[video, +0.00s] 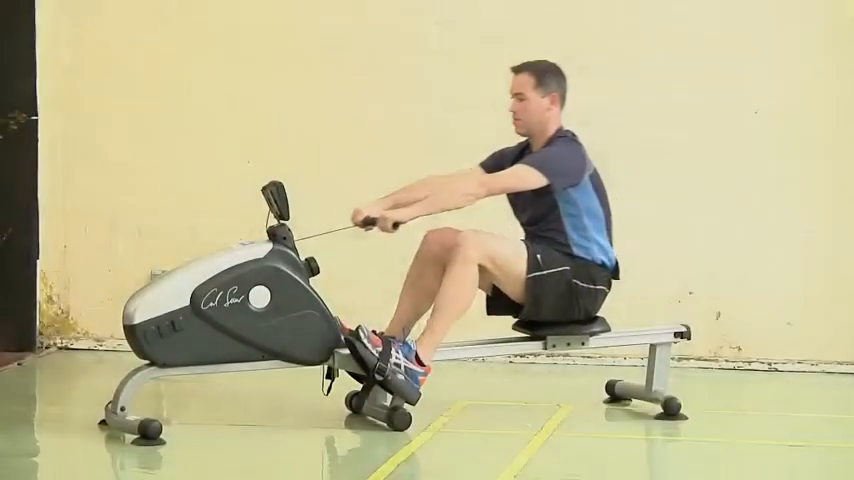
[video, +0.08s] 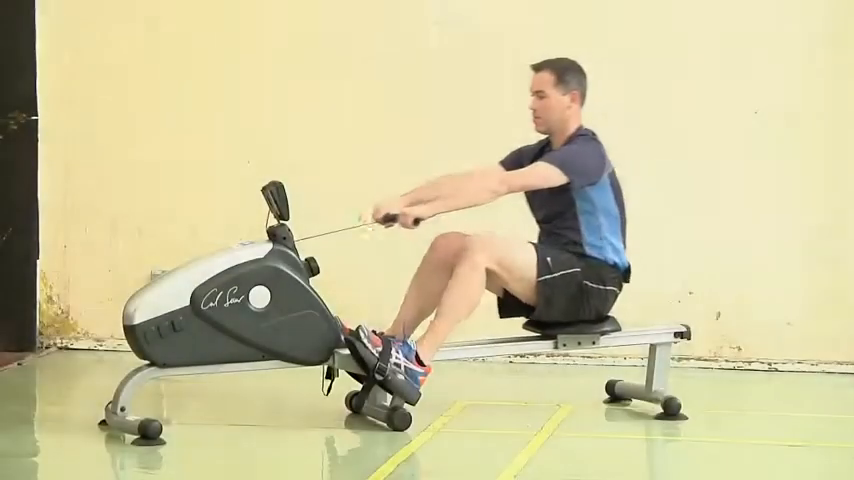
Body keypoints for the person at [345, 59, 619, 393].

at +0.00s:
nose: (511, 108)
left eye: (520, 99)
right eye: (512, 99)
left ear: (552, 102)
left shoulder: (566, 154)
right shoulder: (515, 156)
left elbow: (481, 187)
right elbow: (457, 183)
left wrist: (406, 214)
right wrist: (383, 204)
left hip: (581, 278)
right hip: (543, 274)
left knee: (469, 246)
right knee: (437, 242)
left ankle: (418, 363)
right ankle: (389, 345)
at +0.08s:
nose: (531, 105)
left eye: (541, 96)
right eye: (531, 96)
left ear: (573, 100)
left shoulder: (586, 153)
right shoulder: (533, 154)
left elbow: (503, 184)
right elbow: (479, 180)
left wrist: (424, 211)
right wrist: (406, 200)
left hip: (592, 279)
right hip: (553, 273)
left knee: (477, 250)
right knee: (446, 247)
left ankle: (419, 360)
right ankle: (392, 343)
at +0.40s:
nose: (609, 102)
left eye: (618, 93)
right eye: (610, 94)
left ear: (650, 97)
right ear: (630, 98)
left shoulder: (663, 151)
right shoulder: (609, 154)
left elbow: (597, 198)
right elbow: (550, 187)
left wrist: (523, 210)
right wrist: (493, 201)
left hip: (630, 277)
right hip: (593, 269)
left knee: (513, 276)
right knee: (477, 271)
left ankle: (420, 361)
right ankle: (397, 345)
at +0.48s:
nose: (622, 104)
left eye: (631, 94)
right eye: (622, 95)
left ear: (664, 98)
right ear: (635, 99)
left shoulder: (675, 153)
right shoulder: (621, 154)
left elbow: (620, 208)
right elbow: (570, 193)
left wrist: (548, 212)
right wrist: (513, 205)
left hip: (636, 278)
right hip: (600, 266)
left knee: (518, 288)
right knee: (483, 281)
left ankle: (419, 365)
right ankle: (393, 347)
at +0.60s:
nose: (634, 105)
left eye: (642, 96)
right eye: (634, 96)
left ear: (675, 99)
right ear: (650, 100)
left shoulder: (686, 154)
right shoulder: (635, 156)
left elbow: (655, 220)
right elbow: (596, 202)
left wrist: (581, 217)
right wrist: (552, 208)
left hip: (643, 276)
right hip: (607, 265)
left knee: (527, 302)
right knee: (493, 292)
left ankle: (422, 363)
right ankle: (392, 346)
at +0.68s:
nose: (637, 105)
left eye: (645, 97)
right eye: (637, 97)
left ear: (678, 99)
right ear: (657, 100)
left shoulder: (690, 155)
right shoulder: (644, 153)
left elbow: (675, 229)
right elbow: (614, 205)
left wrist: (603, 221)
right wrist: (571, 213)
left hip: (645, 276)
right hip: (610, 263)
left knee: (532, 312)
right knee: (499, 298)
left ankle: (424, 363)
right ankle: (396, 345)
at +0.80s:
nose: (638, 105)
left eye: (647, 97)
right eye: (638, 96)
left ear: (680, 99)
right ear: (659, 100)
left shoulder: (693, 155)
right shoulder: (647, 155)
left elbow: (703, 234)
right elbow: (640, 219)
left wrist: (631, 224)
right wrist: (599, 220)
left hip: (646, 274)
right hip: (611, 261)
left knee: (533, 320)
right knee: (502, 305)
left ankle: (421, 363)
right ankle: (397, 346)